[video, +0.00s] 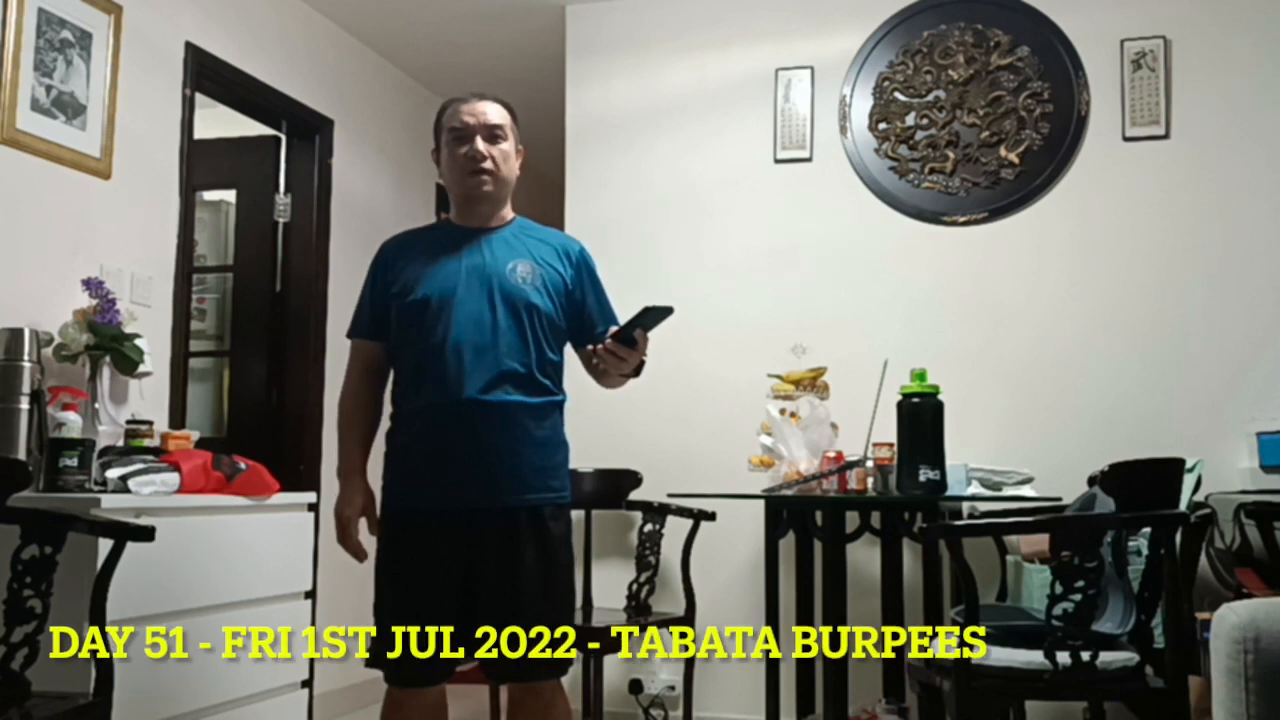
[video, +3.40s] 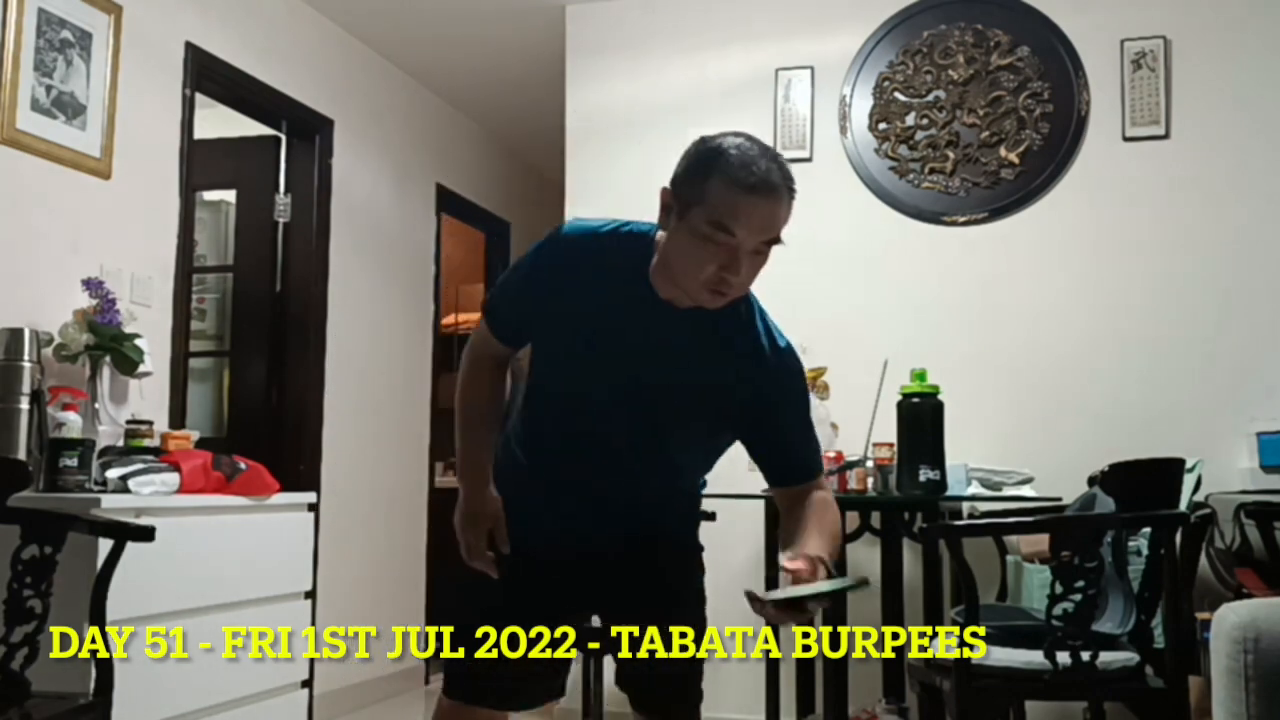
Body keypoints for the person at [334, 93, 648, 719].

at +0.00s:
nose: (478, 146)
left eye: (494, 135)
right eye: (460, 137)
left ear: (519, 159)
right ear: (438, 162)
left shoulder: (563, 253)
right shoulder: (400, 256)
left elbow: (603, 362)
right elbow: (365, 374)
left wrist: (622, 362)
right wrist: (352, 475)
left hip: (528, 496)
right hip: (422, 495)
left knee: (536, 680)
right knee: (412, 681)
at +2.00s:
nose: (477, 146)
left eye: (493, 135)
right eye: (460, 137)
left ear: (519, 159)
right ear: (438, 161)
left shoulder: (562, 254)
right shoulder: (400, 257)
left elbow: (602, 362)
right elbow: (365, 376)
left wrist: (622, 362)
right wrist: (352, 477)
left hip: (529, 497)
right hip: (422, 496)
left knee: (536, 680)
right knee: (413, 680)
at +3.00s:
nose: (543, 185)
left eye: (559, 167)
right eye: (523, 163)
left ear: (571, 171)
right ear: (481, 158)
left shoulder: (594, 274)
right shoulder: (416, 256)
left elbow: (638, 390)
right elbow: (362, 364)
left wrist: (653, 400)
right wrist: (352, 466)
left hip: (543, 521)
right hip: (428, 512)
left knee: (577, 700)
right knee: (398, 701)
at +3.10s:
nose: (594, 190)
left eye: (612, 172)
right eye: (574, 165)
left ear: (624, 175)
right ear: (531, 158)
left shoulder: (639, 286)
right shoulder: (459, 250)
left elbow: (679, 397)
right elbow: (398, 361)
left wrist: (691, 429)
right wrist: (379, 466)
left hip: (575, 528)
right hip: (458, 517)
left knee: (599, 704)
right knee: (408, 696)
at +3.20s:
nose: (651, 210)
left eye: (672, 189)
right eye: (632, 181)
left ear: (685, 186)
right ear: (587, 165)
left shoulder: (690, 303)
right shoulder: (508, 247)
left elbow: (727, 415)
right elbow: (435, 362)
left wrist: (733, 457)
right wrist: (415, 477)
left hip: (610, 533)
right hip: (489, 519)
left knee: (635, 705)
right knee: (436, 702)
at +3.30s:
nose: (701, 239)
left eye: (723, 219)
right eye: (682, 209)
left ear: (738, 214)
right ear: (633, 186)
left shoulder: (732, 331)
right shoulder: (542, 252)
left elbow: (777, 454)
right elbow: (464, 355)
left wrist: (776, 501)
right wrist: (447, 490)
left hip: (637, 540)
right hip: (511, 525)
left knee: (661, 707)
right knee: (460, 705)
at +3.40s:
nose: (739, 269)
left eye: (763, 249)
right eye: (719, 236)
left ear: (776, 245)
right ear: (669, 208)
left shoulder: (763, 363)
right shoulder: (570, 261)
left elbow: (808, 493)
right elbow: (485, 353)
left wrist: (807, 554)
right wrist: (475, 486)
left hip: (656, 544)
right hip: (532, 526)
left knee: (671, 710)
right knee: (470, 704)